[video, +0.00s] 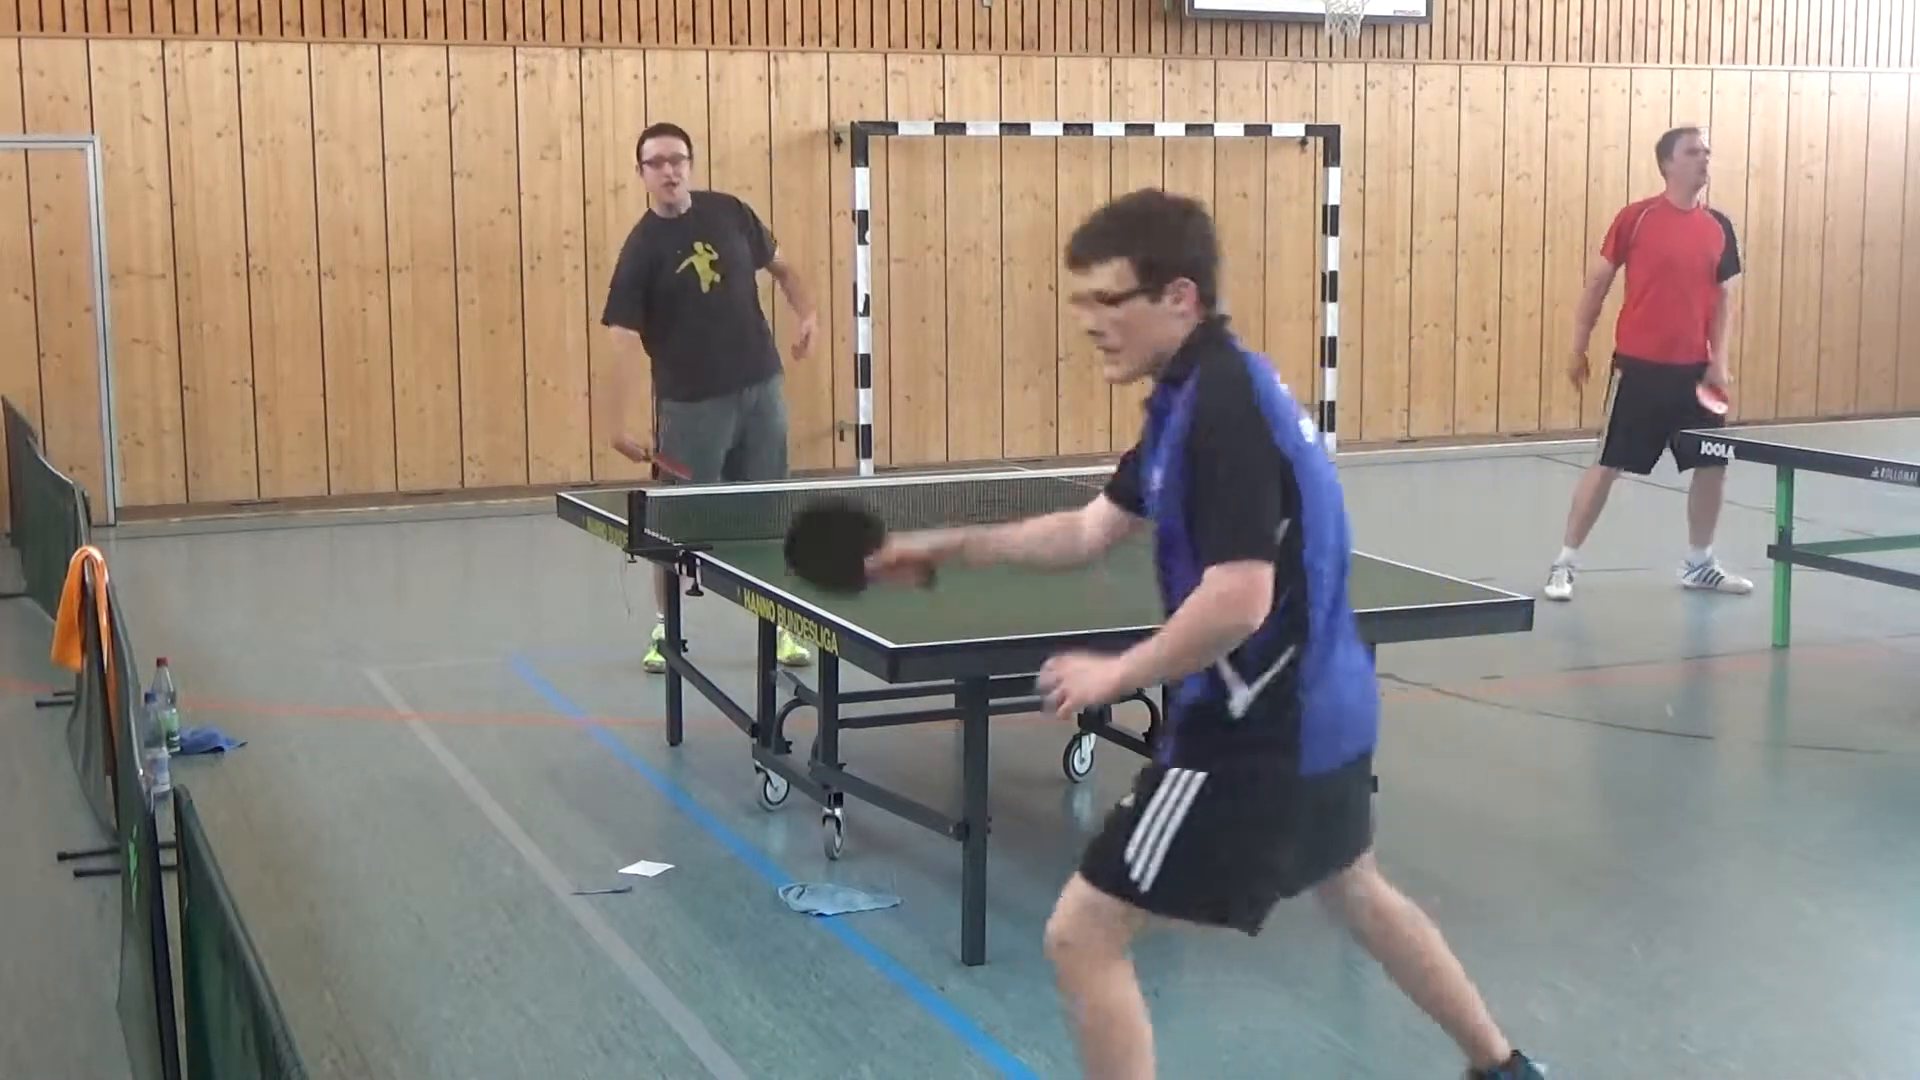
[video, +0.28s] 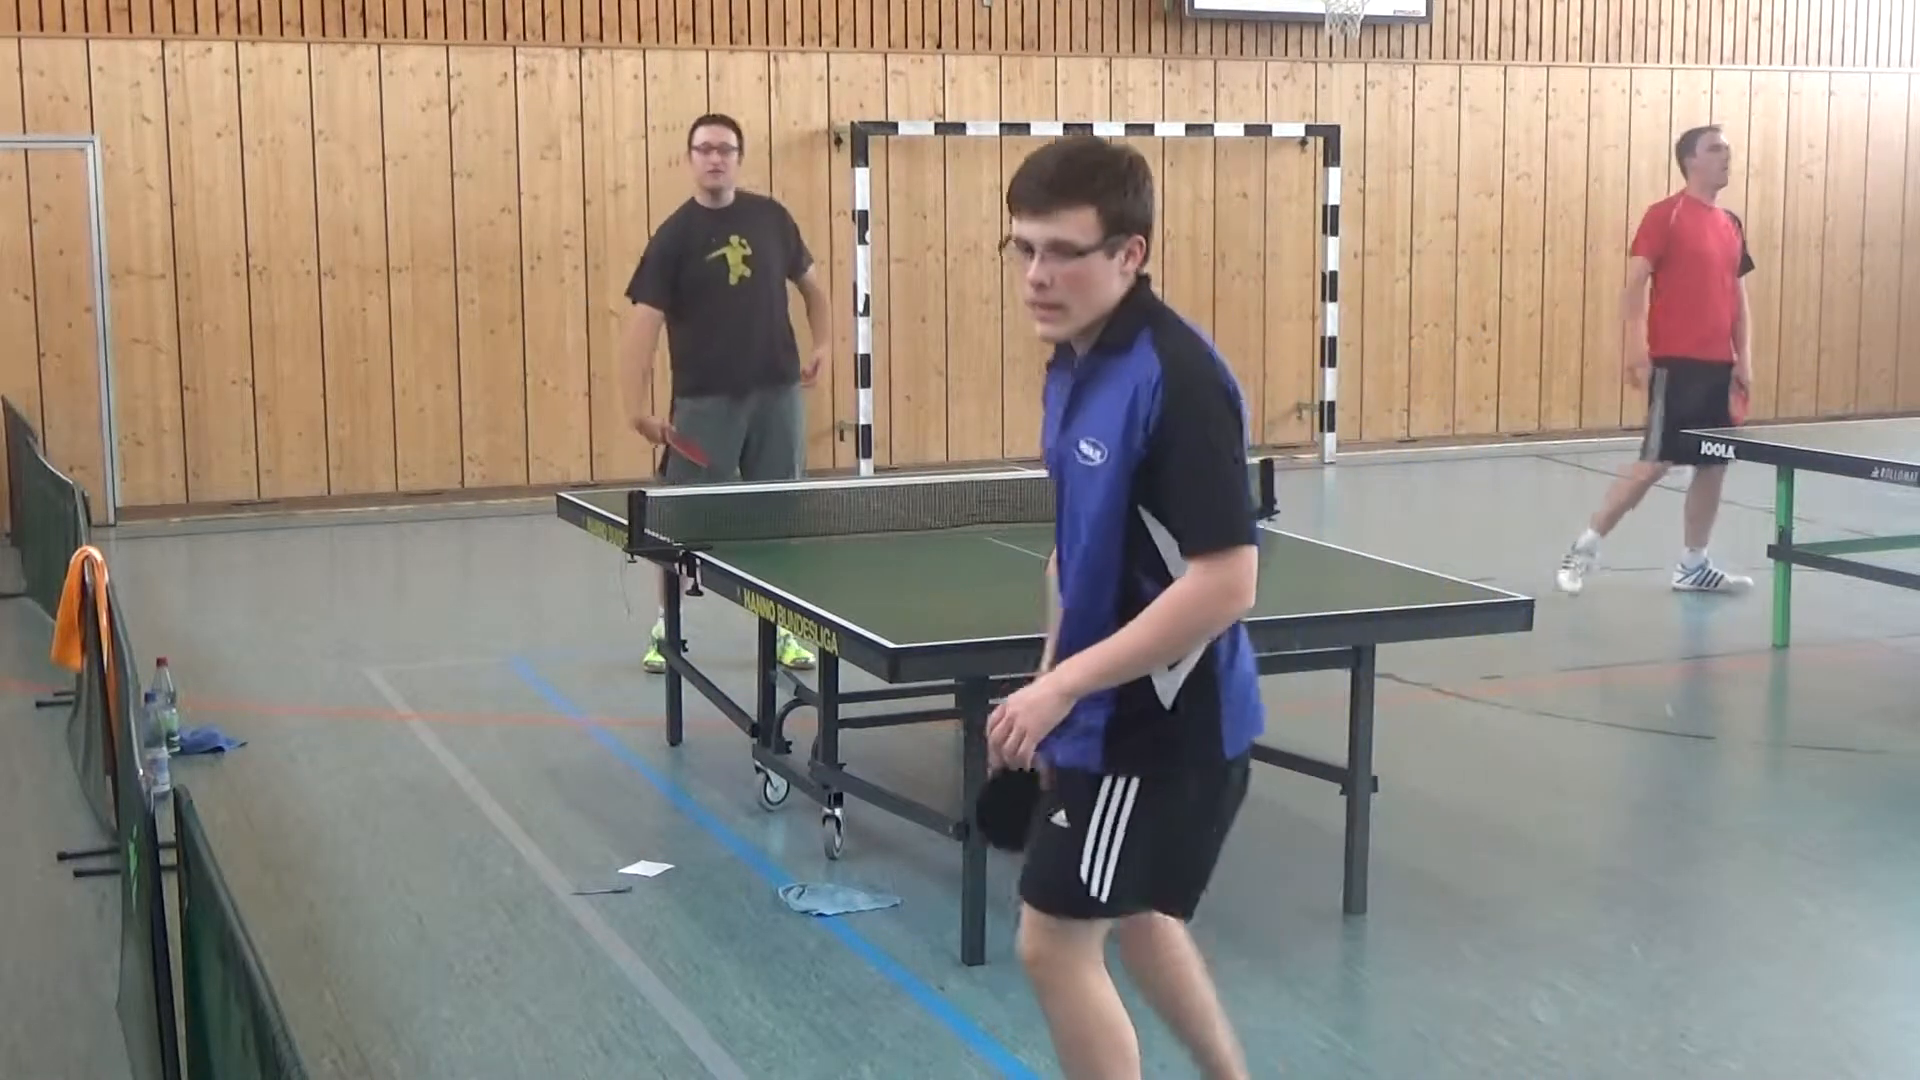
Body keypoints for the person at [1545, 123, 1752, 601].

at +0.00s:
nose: (1706, 158)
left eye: (1707, 152)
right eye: (1695, 152)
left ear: (1708, 161)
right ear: (1668, 163)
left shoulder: (1718, 226)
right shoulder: (1634, 218)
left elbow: (1723, 300)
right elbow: (1596, 284)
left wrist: (1719, 363)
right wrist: (1579, 349)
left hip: (1697, 371)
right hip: (1641, 369)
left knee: (1712, 463)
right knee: (1608, 465)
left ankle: (1699, 564)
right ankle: (1565, 563)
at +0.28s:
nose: (1726, 156)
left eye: (1726, 149)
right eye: (1715, 149)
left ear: (1723, 160)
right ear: (1689, 162)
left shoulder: (1730, 224)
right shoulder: (1664, 214)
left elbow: (1738, 297)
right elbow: (1635, 282)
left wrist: (1742, 362)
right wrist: (1635, 349)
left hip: (1719, 364)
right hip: (1675, 361)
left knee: (1712, 464)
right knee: (1655, 462)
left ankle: (1693, 564)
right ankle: (1587, 544)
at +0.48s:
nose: (1756, 154)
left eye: (1753, 147)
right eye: (1746, 148)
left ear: (1731, 160)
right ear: (1720, 160)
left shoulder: (1732, 211)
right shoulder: (1704, 208)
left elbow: (1735, 288)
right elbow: (1671, 277)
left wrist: (1762, 341)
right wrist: (1692, 341)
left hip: (1719, 354)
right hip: (1704, 355)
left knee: (1699, 459)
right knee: (1739, 455)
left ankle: (1689, 561)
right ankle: (1675, 540)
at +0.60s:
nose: (1777, 159)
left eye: (1773, 151)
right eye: (1769, 151)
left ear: (1745, 161)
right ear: (1747, 159)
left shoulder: (1734, 210)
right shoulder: (1729, 209)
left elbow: (1733, 285)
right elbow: (1698, 275)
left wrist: (1764, 329)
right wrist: (1737, 336)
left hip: (1697, 355)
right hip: (1726, 357)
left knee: (1694, 459)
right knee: (1765, 455)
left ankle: (1689, 564)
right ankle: (1743, 564)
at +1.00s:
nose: (1855, 168)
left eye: (1852, 160)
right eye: (1851, 161)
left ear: (1808, 168)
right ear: (1840, 167)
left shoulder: (1778, 212)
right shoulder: (1842, 215)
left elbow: (1772, 284)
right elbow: (1836, 295)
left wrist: (1854, 327)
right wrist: (1866, 336)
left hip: (1769, 362)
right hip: (1821, 365)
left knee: (1749, 455)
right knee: (1841, 465)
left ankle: (1702, 549)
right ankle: (1845, 560)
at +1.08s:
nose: (1877, 164)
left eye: (1874, 157)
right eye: (1874, 158)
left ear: (1829, 165)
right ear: (1865, 165)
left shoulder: (1799, 208)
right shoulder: (1864, 212)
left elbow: (1781, 277)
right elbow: (1855, 293)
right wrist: (1890, 334)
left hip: (1793, 357)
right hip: (1841, 359)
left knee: (1775, 450)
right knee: (1853, 461)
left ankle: (1718, 535)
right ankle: (1844, 560)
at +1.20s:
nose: (1906, 161)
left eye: (1904, 154)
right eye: (1904, 155)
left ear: (1857, 162)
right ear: (1895, 162)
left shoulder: (1826, 207)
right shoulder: (1890, 213)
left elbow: (1800, 274)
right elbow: (1886, 291)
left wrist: (1835, 309)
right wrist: (1915, 319)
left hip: (1825, 350)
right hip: (1867, 355)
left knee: (1821, 449)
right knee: (1862, 462)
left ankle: (1758, 513)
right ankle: (1848, 561)